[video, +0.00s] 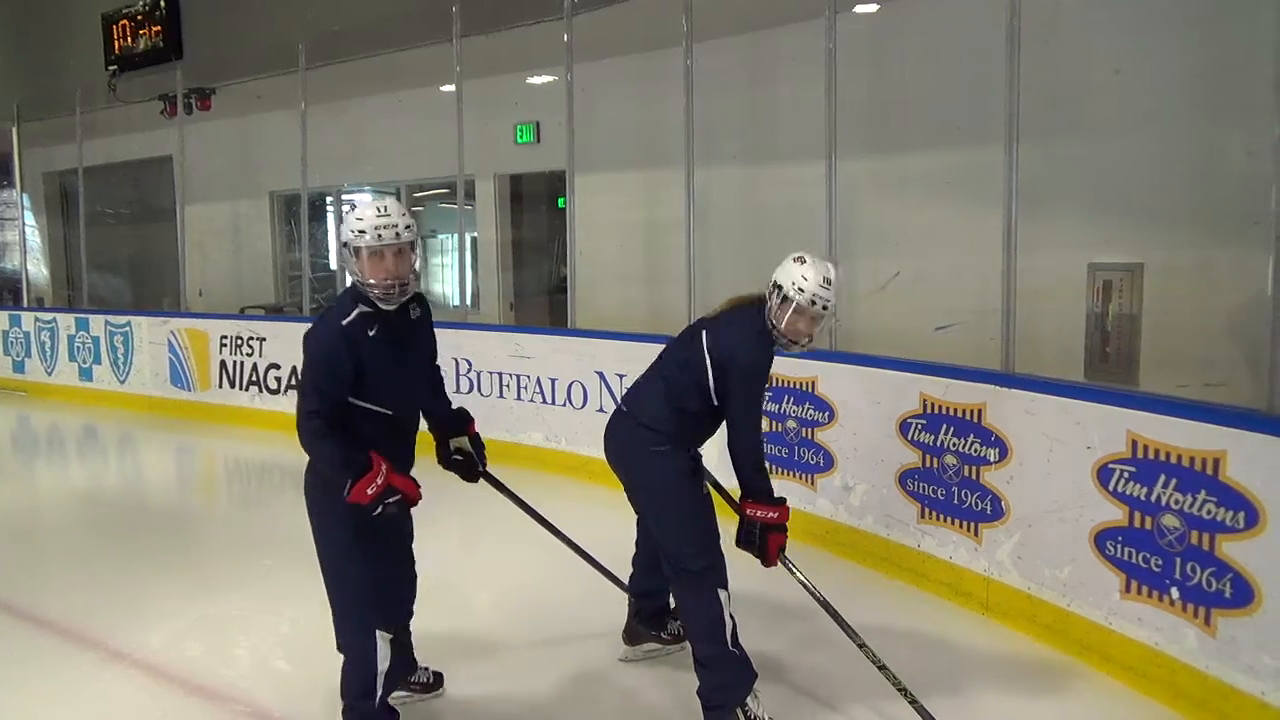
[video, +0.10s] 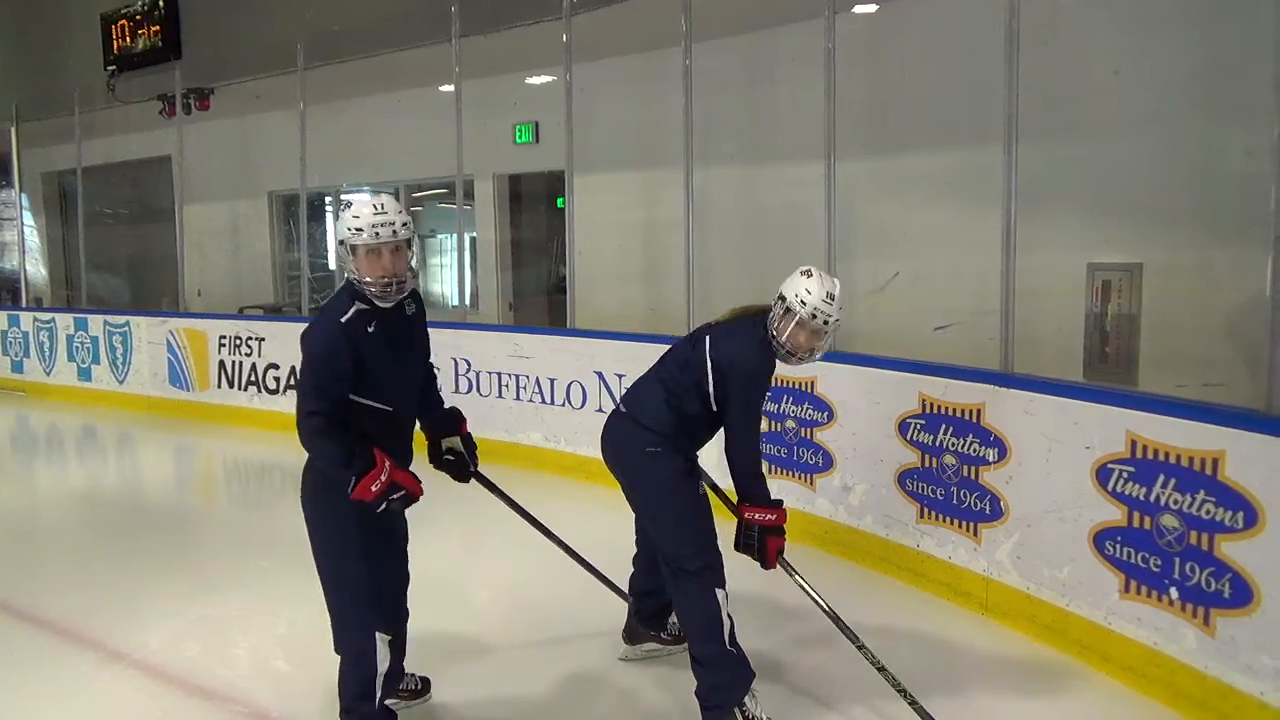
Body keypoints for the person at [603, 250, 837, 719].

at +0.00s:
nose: (800, 325)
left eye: (812, 318)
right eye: (796, 311)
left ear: (823, 320)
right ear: (775, 298)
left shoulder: (743, 319)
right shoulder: (750, 343)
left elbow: (685, 373)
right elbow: (744, 434)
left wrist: (684, 443)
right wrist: (762, 504)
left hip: (632, 432)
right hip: (657, 444)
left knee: (660, 529)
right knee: (700, 569)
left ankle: (647, 620)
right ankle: (727, 701)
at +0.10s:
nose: (800, 339)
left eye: (813, 333)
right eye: (796, 324)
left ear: (824, 338)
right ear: (778, 311)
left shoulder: (747, 330)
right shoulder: (751, 355)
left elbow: (688, 379)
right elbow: (742, 442)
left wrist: (681, 446)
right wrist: (760, 512)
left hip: (632, 434)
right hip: (653, 446)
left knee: (661, 534)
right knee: (698, 569)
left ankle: (646, 624)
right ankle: (725, 702)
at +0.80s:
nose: (799, 347)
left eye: (811, 340)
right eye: (796, 333)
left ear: (822, 344)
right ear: (779, 320)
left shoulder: (748, 336)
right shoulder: (747, 361)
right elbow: (738, 447)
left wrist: (675, 447)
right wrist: (756, 516)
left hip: (629, 433)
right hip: (644, 445)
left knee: (655, 532)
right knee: (689, 567)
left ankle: (643, 622)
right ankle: (714, 702)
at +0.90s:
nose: (795, 346)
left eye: (808, 340)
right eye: (792, 332)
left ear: (820, 343)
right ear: (776, 319)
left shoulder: (745, 337)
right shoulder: (746, 361)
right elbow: (736, 448)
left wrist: (673, 446)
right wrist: (755, 517)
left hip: (626, 434)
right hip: (643, 445)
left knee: (653, 534)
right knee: (687, 567)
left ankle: (642, 622)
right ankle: (712, 702)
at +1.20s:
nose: (792, 345)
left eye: (804, 339)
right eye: (788, 331)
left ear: (817, 344)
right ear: (771, 319)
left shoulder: (741, 337)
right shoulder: (741, 361)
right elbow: (732, 447)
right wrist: (750, 516)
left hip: (622, 433)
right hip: (638, 445)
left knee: (649, 531)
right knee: (683, 567)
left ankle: (639, 621)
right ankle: (707, 703)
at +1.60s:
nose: (786, 345)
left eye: (798, 339)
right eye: (782, 331)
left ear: (811, 344)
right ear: (765, 319)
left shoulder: (734, 338)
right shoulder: (735, 361)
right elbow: (726, 446)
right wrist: (745, 516)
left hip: (614, 435)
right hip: (633, 446)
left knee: (643, 533)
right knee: (677, 567)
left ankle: (634, 622)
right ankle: (702, 702)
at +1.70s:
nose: (785, 347)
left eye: (797, 340)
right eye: (782, 333)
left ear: (810, 343)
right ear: (764, 320)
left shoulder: (735, 338)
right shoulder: (733, 361)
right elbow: (724, 446)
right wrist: (742, 516)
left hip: (616, 434)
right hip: (631, 445)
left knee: (643, 532)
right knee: (676, 567)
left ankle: (633, 621)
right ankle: (701, 703)